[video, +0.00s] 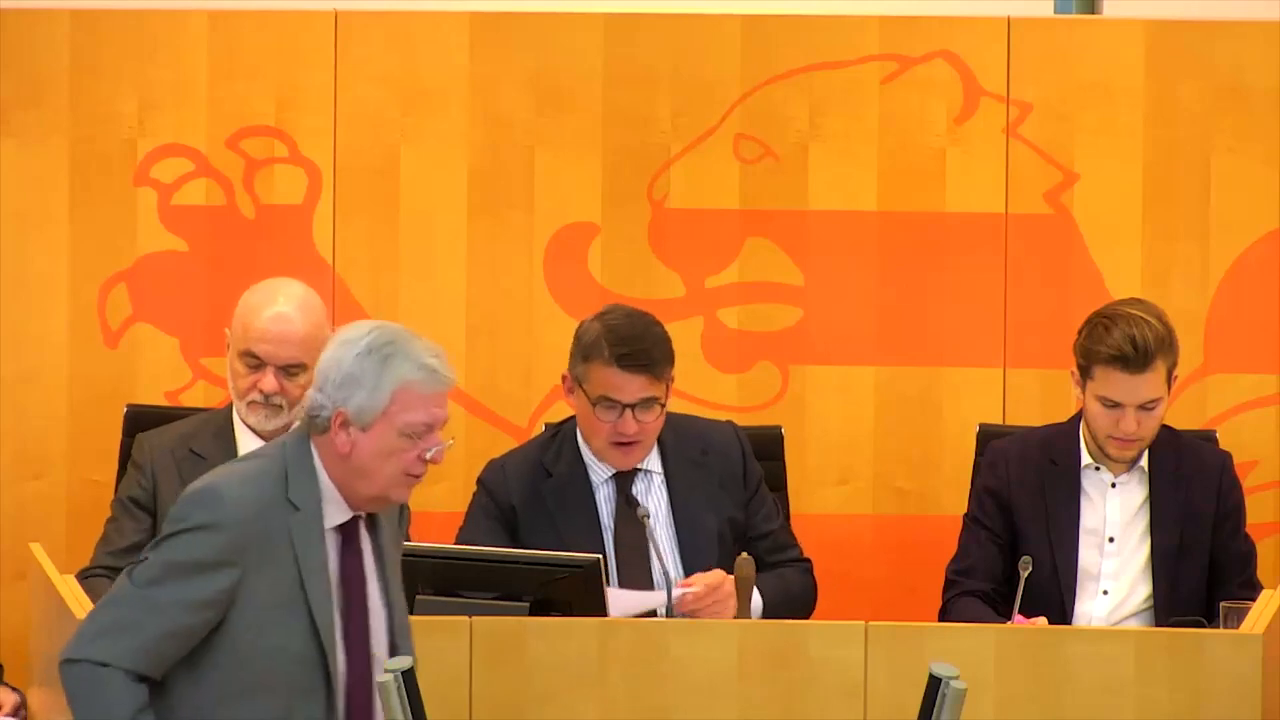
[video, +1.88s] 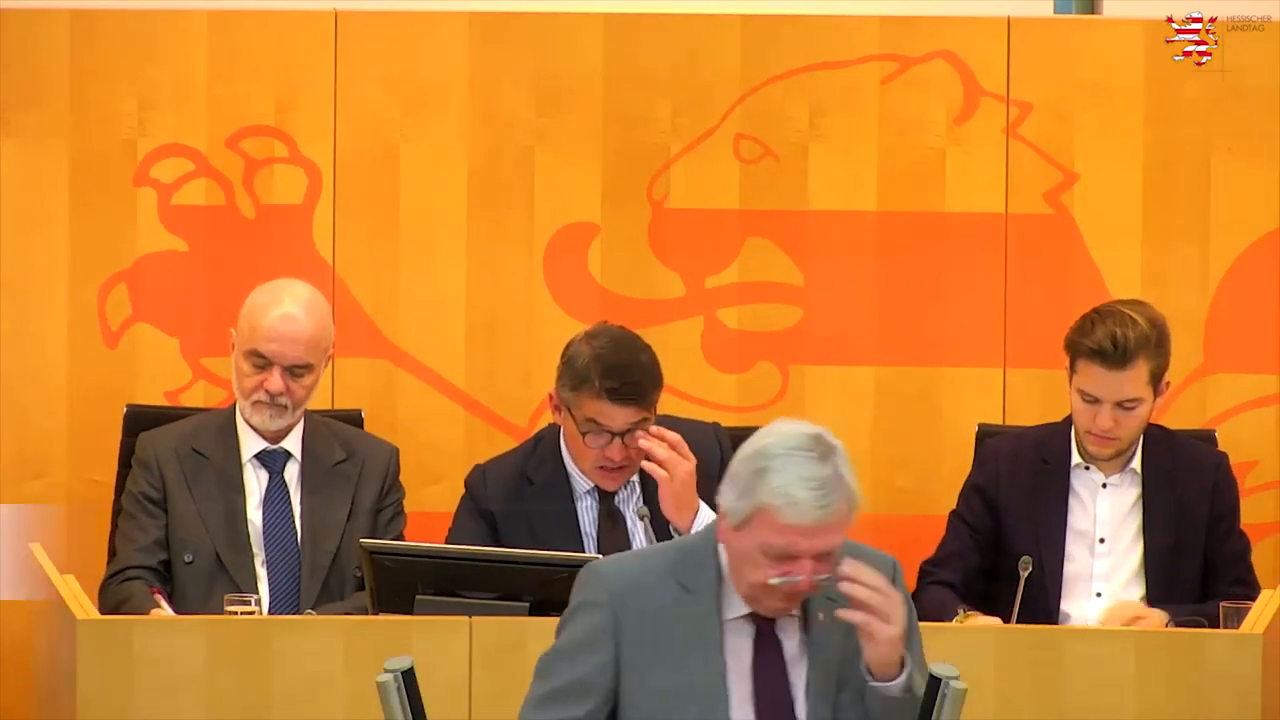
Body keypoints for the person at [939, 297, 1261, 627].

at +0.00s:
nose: (1128, 425)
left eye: (1148, 405)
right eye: (1110, 404)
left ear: (1171, 389)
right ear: (1078, 382)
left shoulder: (1209, 472)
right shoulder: (1011, 464)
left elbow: (1240, 605)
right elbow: (966, 597)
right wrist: (1000, 639)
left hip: (1166, 677)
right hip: (1038, 672)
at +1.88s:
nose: (1103, 422)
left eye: (1126, 405)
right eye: (1089, 399)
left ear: (1159, 394)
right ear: (1070, 378)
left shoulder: (1203, 473)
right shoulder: (1005, 460)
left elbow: (1243, 606)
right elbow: (934, 588)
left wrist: (1172, 621)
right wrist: (963, 620)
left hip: (1157, 678)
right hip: (1030, 670)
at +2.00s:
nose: (1100, 422)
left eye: (1123, 405)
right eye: (1086, 398)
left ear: (1155, 394)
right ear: (1066, 377)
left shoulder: (1199, 473)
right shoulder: (1003, 460)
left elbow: (1229, 607)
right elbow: (936, 593)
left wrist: (1121, 626)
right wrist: (963, 618)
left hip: (1151, 675)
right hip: (1026, 667)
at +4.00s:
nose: (1094, 443)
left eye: (1121, 434)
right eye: (1086, 417)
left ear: (1160, 420)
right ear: (1074, 385)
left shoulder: (1197, 476)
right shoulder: (1000, 459)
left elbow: (1238, 600)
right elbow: (945, 586)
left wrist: (1164, 644)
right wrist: (956, 645)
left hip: (1147, 678)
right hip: (1022, 670)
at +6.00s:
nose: (1108, 447)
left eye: (1134, 438)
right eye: (1100, 420)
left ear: (1167, 424)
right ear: (1083, 383)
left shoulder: (1200, 478)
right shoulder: (1003, 457)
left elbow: (1237, 601)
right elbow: (953, 583)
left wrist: (1168, 644)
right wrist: (952, 634)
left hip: (1151, 680)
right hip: (1025, 672)